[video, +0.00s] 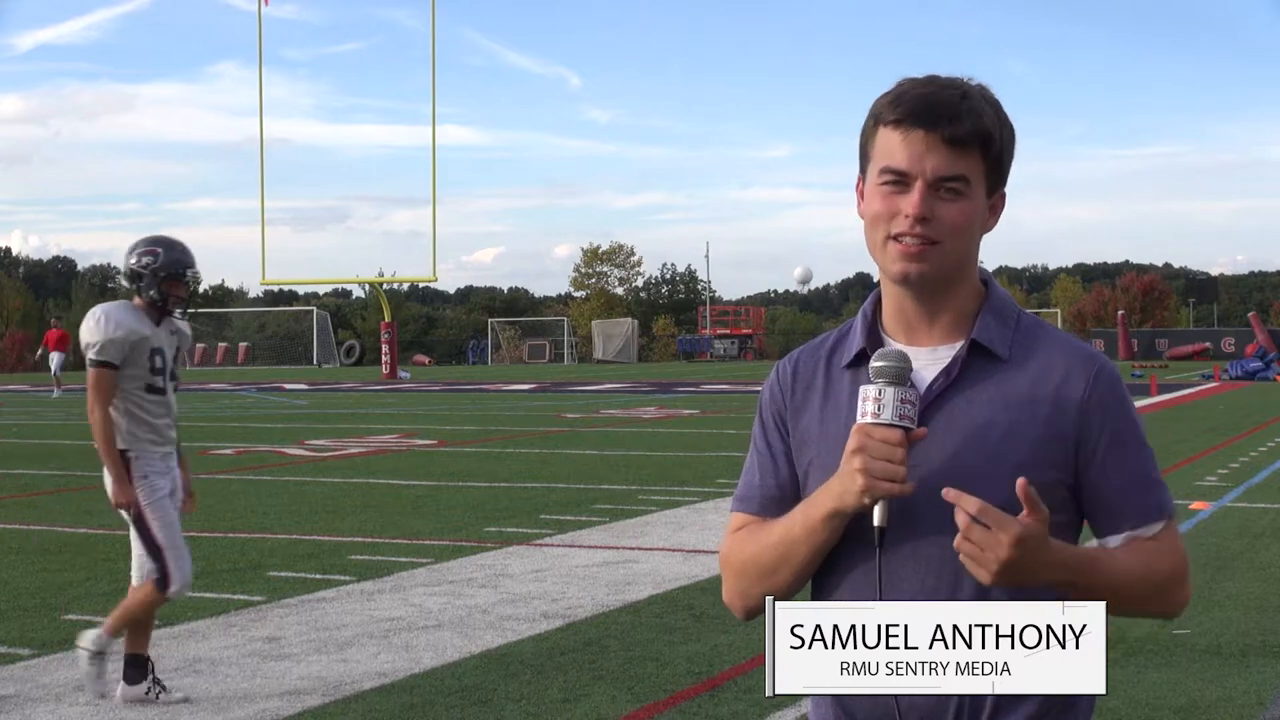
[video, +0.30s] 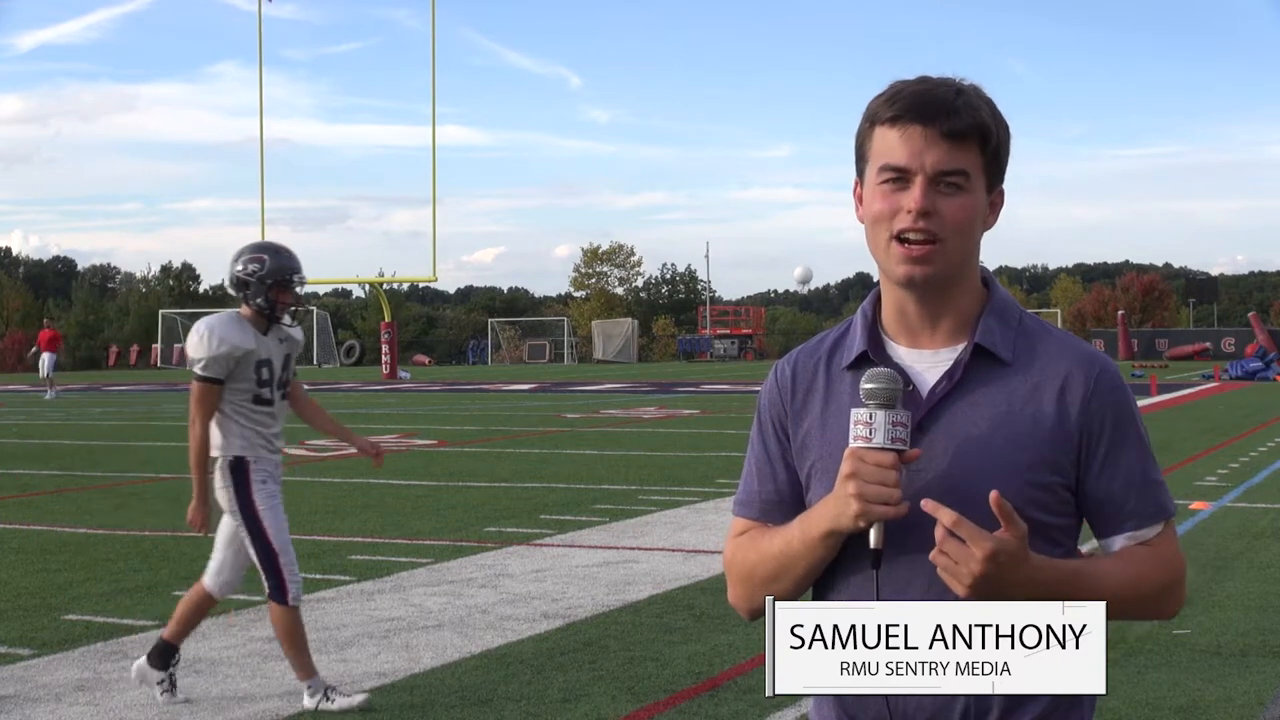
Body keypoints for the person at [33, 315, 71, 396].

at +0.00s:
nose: (53, 324)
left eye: (55, 322)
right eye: (52, 322)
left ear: (59, 322)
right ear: (51, 323)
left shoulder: (63, 332)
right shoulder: (49, 332)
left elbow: (69, 345)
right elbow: (43, 344)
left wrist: (70, 355)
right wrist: (38, 353)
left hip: (60, 353)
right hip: (51, 353)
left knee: (54, 371)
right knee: (53, 372)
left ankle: (58, 389)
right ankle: (57, 389)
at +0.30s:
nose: (45, 324)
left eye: (47, 322)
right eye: (44, 322)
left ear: (51, 322)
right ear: (43, 323)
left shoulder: (55, 332)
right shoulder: (42, 332)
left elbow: (60, 345)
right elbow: (37, 345)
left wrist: (62, 355)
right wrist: (30, 353)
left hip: (50, 354)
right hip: (43, 353)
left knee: (47, 374)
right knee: (43, 375)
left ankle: (50, 392)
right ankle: (54, 390)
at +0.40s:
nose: (43, 323)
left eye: (45, 321)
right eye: (42, 321)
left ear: (49, 323)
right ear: (41, 323)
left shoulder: (51, 332)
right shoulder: (40, 332)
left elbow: (54, 345)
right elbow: (36, 344)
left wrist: (54, 355)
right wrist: (31, 354)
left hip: (47, 353)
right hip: (40, 353)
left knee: (46, 374)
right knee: (36, 374)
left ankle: (49, 392)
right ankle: (48, 386)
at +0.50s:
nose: (41, 323)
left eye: (42, 321)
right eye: (40, 322)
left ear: (46, 322)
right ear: (39, 323)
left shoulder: (48, 332)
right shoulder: (37, 331)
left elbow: (48, 344)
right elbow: (36, 342)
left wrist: (44, 355)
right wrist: (33, 351)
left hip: (44, 353)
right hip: (37, 352)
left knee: (44, 374)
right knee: (32, 373)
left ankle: (48, 392)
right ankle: (38, 390)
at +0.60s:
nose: (38, 323)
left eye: (40, 321)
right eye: (37, 321)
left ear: (43, 323)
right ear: (36, 323)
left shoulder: (45, 332)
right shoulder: (34, 331)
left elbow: (43, 343)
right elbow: (34, 342)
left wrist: (35, 351)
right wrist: (32, 351)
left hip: (42, 353)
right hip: (34, 353)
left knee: (43, 374)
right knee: (29, 374)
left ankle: (48, 392)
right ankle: (28, 391)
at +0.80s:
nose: (28, 324)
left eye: (30, 323)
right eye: (27, 323)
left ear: (33, 323)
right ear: (27, 324)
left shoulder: (35, 332)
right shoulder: (27, 332)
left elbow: (33, 343)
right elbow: (27, 343)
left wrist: (24, 348)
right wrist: (24, 349)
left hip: (34, 354)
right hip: (26, 354)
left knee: (38, 375)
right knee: (21, 375)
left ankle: (47, 392)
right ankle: (18, 392)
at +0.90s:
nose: (23, 324)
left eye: (24, 323)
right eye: (22, 323)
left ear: (28, 323)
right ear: (21, 324)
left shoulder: (30, 332)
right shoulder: (22, 332)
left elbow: (29, 344)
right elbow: (21, 343)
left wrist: (19, 350)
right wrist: (19, 350)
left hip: (28, 355)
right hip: (21, 354)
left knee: (33, 376)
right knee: (17, 376)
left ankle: (46, 391)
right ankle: (16, 393)